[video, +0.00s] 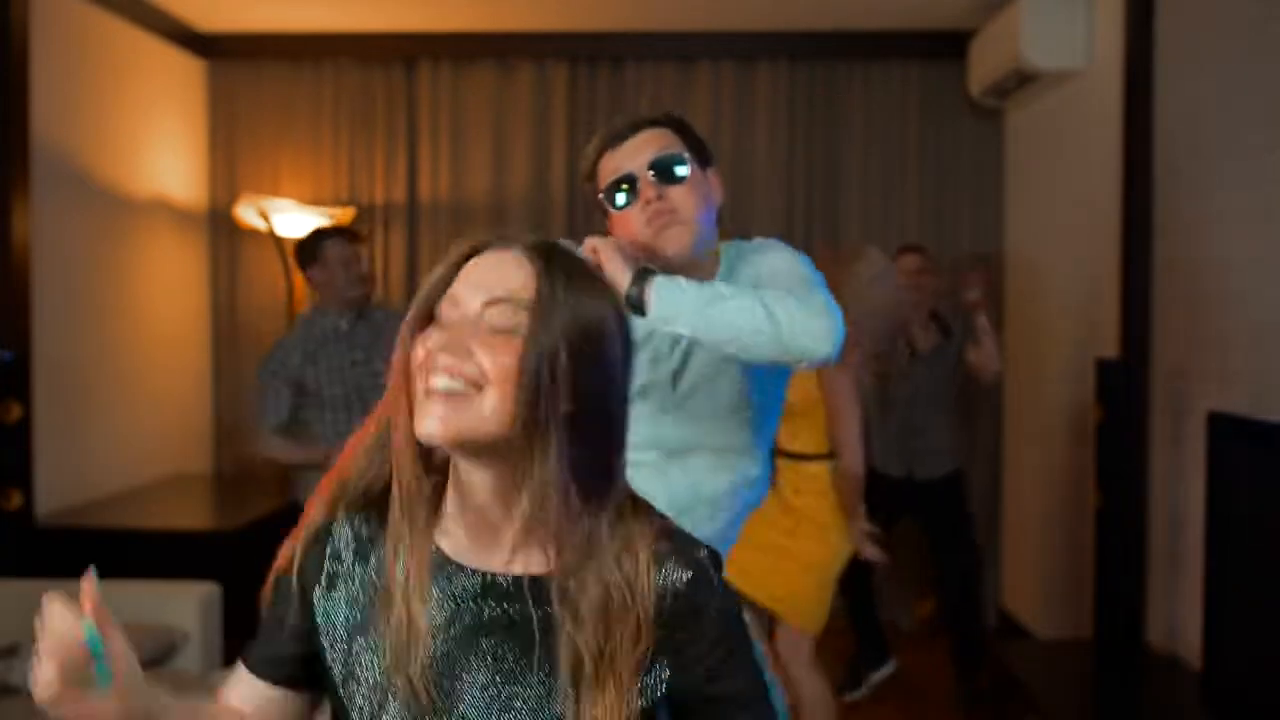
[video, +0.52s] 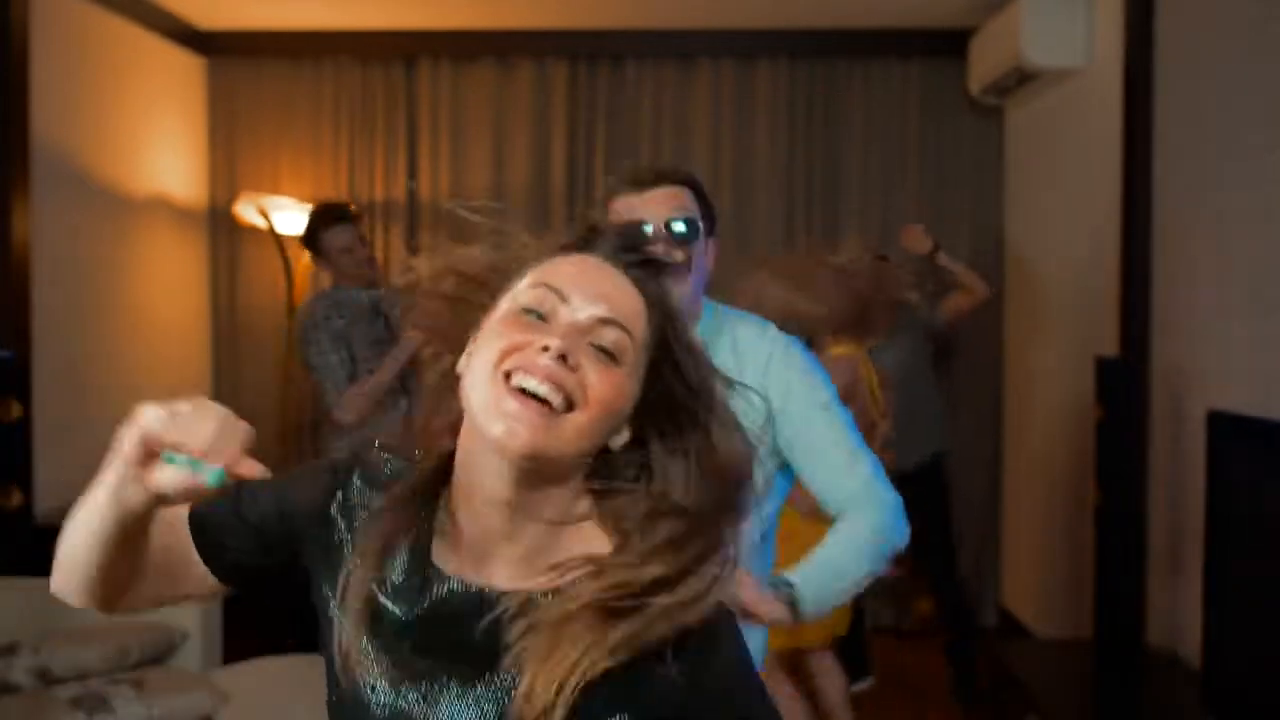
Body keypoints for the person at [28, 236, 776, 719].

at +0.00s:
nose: (441, 340)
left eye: (500, 320)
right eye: (439, 315)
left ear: (576, 369)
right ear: (414, 346)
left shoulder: (668, 585)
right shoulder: (341, 548)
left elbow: (749, 715)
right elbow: (243, 703)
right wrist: (132, 702)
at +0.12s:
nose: (498, 281)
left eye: (559, 278)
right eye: (499, 255)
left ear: (617, 342)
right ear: (466, 275)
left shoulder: (658, 543)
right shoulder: (337, 482)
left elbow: (801, 706)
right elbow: (193, 667)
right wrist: (78, 582)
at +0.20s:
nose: (565, 282)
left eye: (618, 294)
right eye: (564, 249)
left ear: (640, 374)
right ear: (504, 264)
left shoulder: (655, 527)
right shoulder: (340, 446)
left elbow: (820, 705)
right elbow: (156, 611)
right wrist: (50, 517)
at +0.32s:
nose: (609, 319)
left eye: (655, 332)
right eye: (592, 281)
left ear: (666, 417)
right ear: (513, 303)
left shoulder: (659, 554)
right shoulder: (348, 444)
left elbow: (810, 705)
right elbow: (113, 552)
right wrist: (39, 452)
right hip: (370, 714)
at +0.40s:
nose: (591, 325)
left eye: (637, 336)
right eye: (574, 288)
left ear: (647, 417)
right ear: (497, 317)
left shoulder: (664, 590)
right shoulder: (332, 482)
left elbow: (787, 713)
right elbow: (97, 544)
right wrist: (65, 452)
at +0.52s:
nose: (559, 345)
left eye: (607, 349)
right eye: (537, 312)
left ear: (626, 427)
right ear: (472, 347)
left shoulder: (664, 625)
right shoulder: (353, 509)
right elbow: (94, 585)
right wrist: (126, 485)